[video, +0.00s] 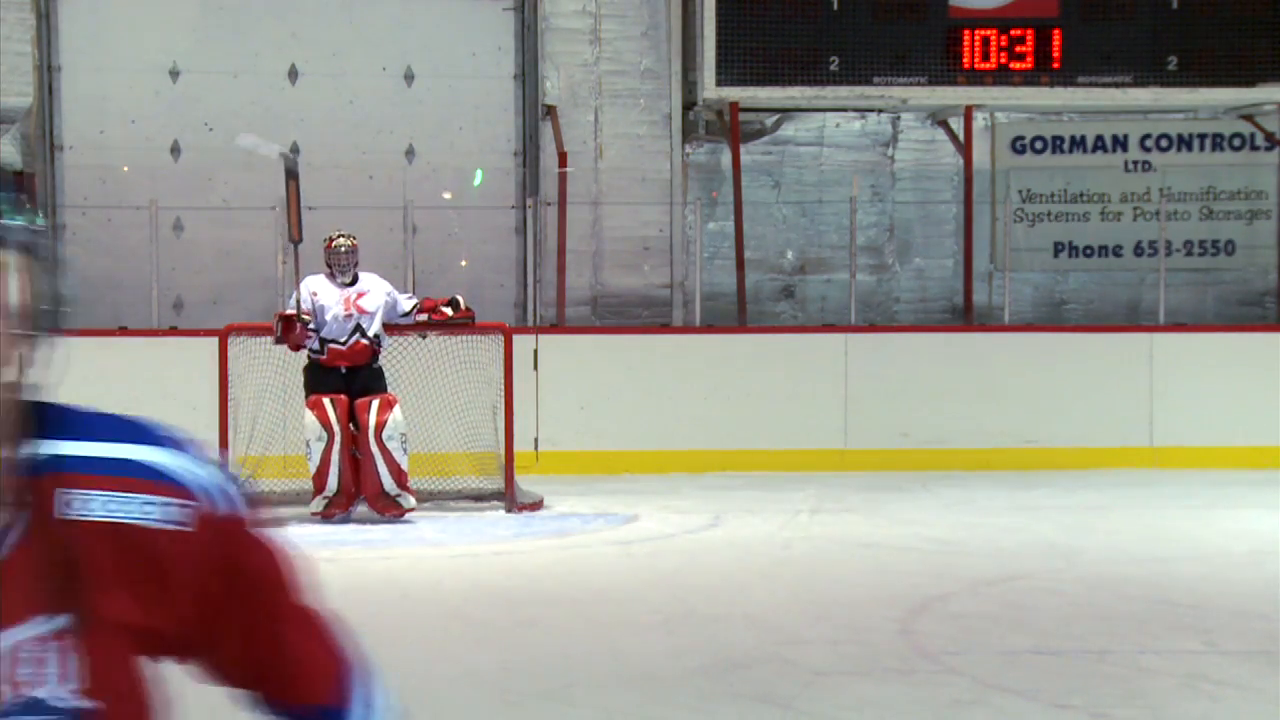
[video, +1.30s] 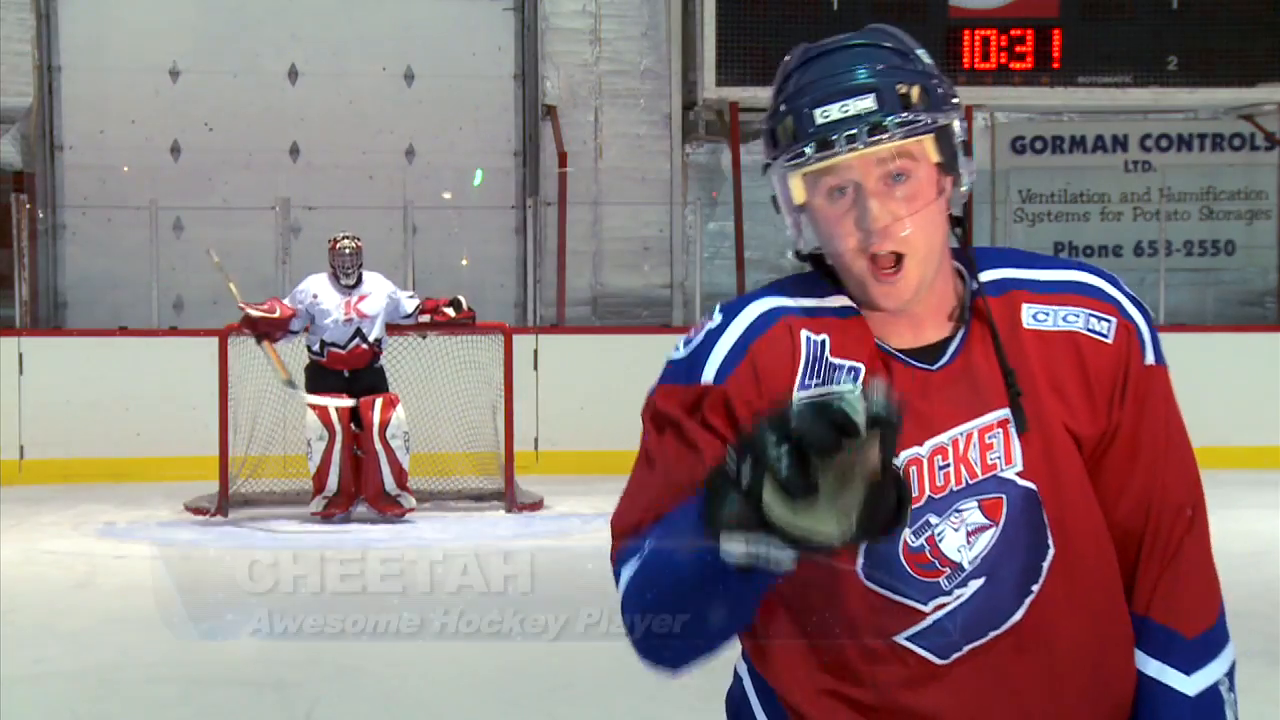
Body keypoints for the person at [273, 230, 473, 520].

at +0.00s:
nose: (343, 261)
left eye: (348, 255)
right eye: (337, 255)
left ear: (357, 257)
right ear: (327, 258)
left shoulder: (375, 285)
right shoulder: (311, 286)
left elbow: (405, 309)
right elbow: (295, 332)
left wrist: (441, 306)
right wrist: (295, 327)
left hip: (366, 372)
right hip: (325, 374)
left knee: (381, 429)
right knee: (329, 433)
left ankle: (385, 499)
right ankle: (334, 500)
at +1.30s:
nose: (347, 263)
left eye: (352, 257)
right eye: (341, 257)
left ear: (361, 259)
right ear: (331, 260)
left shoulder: (379, 286)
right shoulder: (313, 288)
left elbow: (411, 309)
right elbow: (288, 318)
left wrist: (445, 308)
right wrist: (264, 319)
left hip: (368, 373)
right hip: (326, 375)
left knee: (385, 431)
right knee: (330, 435)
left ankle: (386, 500)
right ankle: (333, 502)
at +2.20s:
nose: (337, 264)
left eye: (342, 258)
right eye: (331, 258)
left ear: (352, 260)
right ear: (322, 260)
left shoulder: (370, 286)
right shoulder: (304, 287)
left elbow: (400, 315)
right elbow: (271, 309)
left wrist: (417, 339)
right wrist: (236, 314)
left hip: (365, 373)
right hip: (322, 376)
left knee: (376, 432)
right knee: (326, 435)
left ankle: (391, 500)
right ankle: (334, 501)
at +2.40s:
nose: (334, 262)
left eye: (339, 256)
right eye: (328, 257)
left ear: (347, 259)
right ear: (318, 259)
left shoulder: (368, 287)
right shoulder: (303, 288)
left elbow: (395, 327)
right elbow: (272, 308)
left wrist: (382, 356)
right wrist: (235, 308)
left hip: (361, 374)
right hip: (321, 375)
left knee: (370, 433)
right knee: (327, 435)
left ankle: (390, 499)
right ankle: (335, 499)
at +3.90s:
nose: (339, 265)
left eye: (344, 259)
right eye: (333, 260)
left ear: (355, 259)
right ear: (325, 261)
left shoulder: (372, 282)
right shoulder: (308, 280)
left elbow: (391, 318)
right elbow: (285, 309)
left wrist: (364, 320)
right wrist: (252, 311)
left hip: (362, 368)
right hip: (322, 369)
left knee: (367, 430)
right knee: (323, 432)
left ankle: (390, 498)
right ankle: (331, 499)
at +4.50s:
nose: (340, 263)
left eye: (346, 257)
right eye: (334, 257)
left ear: (355, 259)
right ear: (325, 259)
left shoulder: (372, 289)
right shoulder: (308, 286)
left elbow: (399, 325)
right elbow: (281, 310)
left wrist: (378, 356)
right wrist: (247, 314)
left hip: (359, 372)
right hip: (320, 374)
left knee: (365, 434)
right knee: (325, 435)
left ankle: (389, 497)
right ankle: (334, 497)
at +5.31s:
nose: (344, 263)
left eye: (349, 257)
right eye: (338, 258)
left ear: (358, 259)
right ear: (329, 259)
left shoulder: (376, 289)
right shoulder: (310, 286)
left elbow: (408, 310)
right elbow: (275, 306)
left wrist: (411, 336)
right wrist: (241, 315)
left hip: (363, 372)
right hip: (322, 373)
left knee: (371, 432)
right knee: (325, 435)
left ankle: (391, 501)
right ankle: (332, 500)